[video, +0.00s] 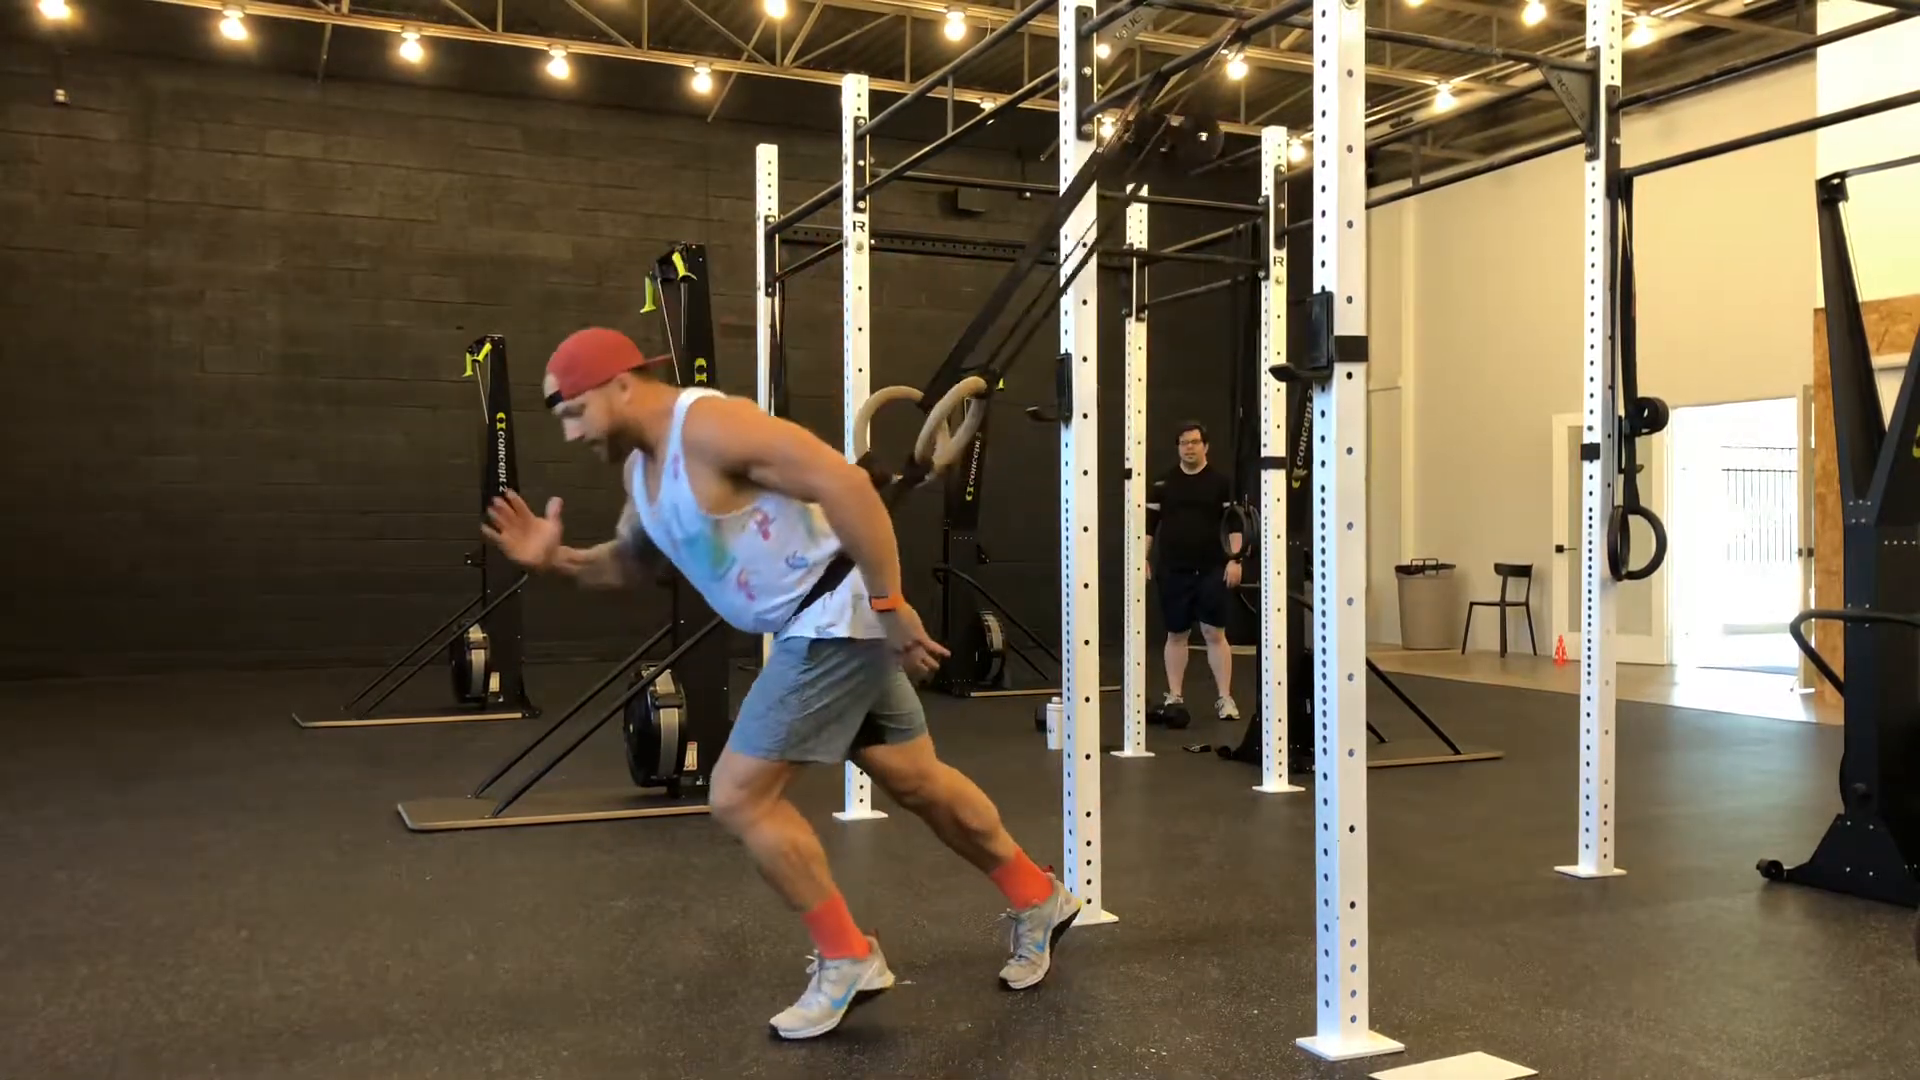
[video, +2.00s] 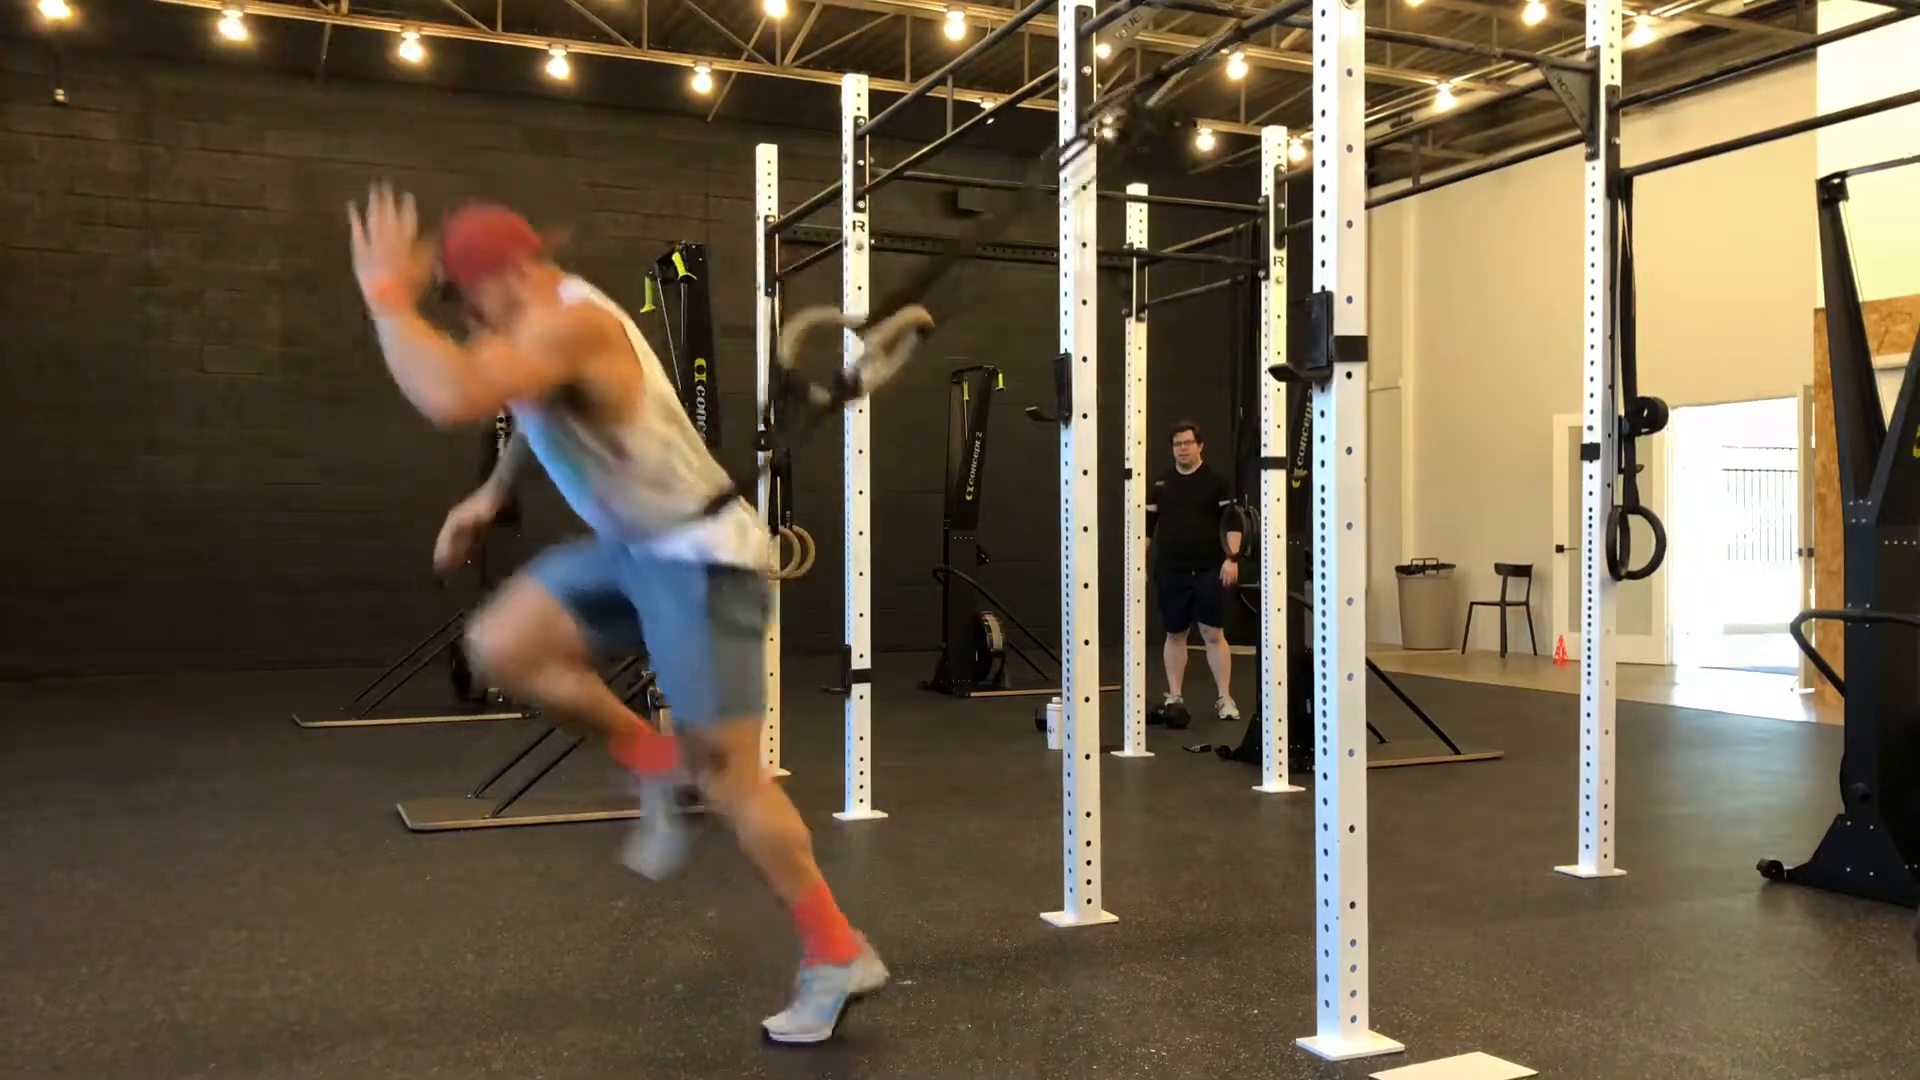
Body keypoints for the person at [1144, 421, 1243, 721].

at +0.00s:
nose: (1189, 448)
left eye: (1194, 443)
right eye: (1184, 443)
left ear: (1205, 446)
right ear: (1177, 448)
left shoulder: (1220, 482)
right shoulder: (1165, 484)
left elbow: (1234, 524)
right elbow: (1150, 525)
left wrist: (1235, 559)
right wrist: (1143, 557)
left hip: (1211, 569)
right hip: (1173, 569)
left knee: (1214, 633)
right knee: (1176, 634)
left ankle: (1225, 698)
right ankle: (1174, 696)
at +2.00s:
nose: (1182, 449)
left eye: (1187, 443)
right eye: (1177, 444)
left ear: (1200, 446)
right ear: (1171, 448)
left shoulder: (1216, 481)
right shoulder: (1161, 484)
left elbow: (1233, 522)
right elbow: (1147, 529)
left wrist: (1232, 558)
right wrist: (1141, 564)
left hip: (1209, 570)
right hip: (1171, 570)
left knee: (1213, 634)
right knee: (1175, 634)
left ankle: (1224, 698)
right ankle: (1174, 697)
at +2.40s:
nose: (1182, 449)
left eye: (1188, 444)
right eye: (1177, 445)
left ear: (1201, 447)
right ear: (1171, 449)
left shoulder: (1216, 481)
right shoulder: (1162, 483)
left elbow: (1233, 522)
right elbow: (1147, 527)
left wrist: (1232, 558)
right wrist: (1140, 563)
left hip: (1209, 570)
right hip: (1171, 570)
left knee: (1213, 634)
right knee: (1175, 634)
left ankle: (1224, 698)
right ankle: (1174, 696)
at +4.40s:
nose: (1169, 451)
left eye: (1175, 445)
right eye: (1164, 445)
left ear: (1187, 448)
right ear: (1158, 450)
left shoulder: (1204, 483)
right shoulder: (1149, 486)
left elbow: (1218, 524)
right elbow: (1136, 527)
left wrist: (1218, 558)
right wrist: (1134, 564)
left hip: (1197, 569)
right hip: (1161, 570)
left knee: (1205, 631)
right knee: (1169, 633)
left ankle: (1222, 696)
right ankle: (1173, 696)